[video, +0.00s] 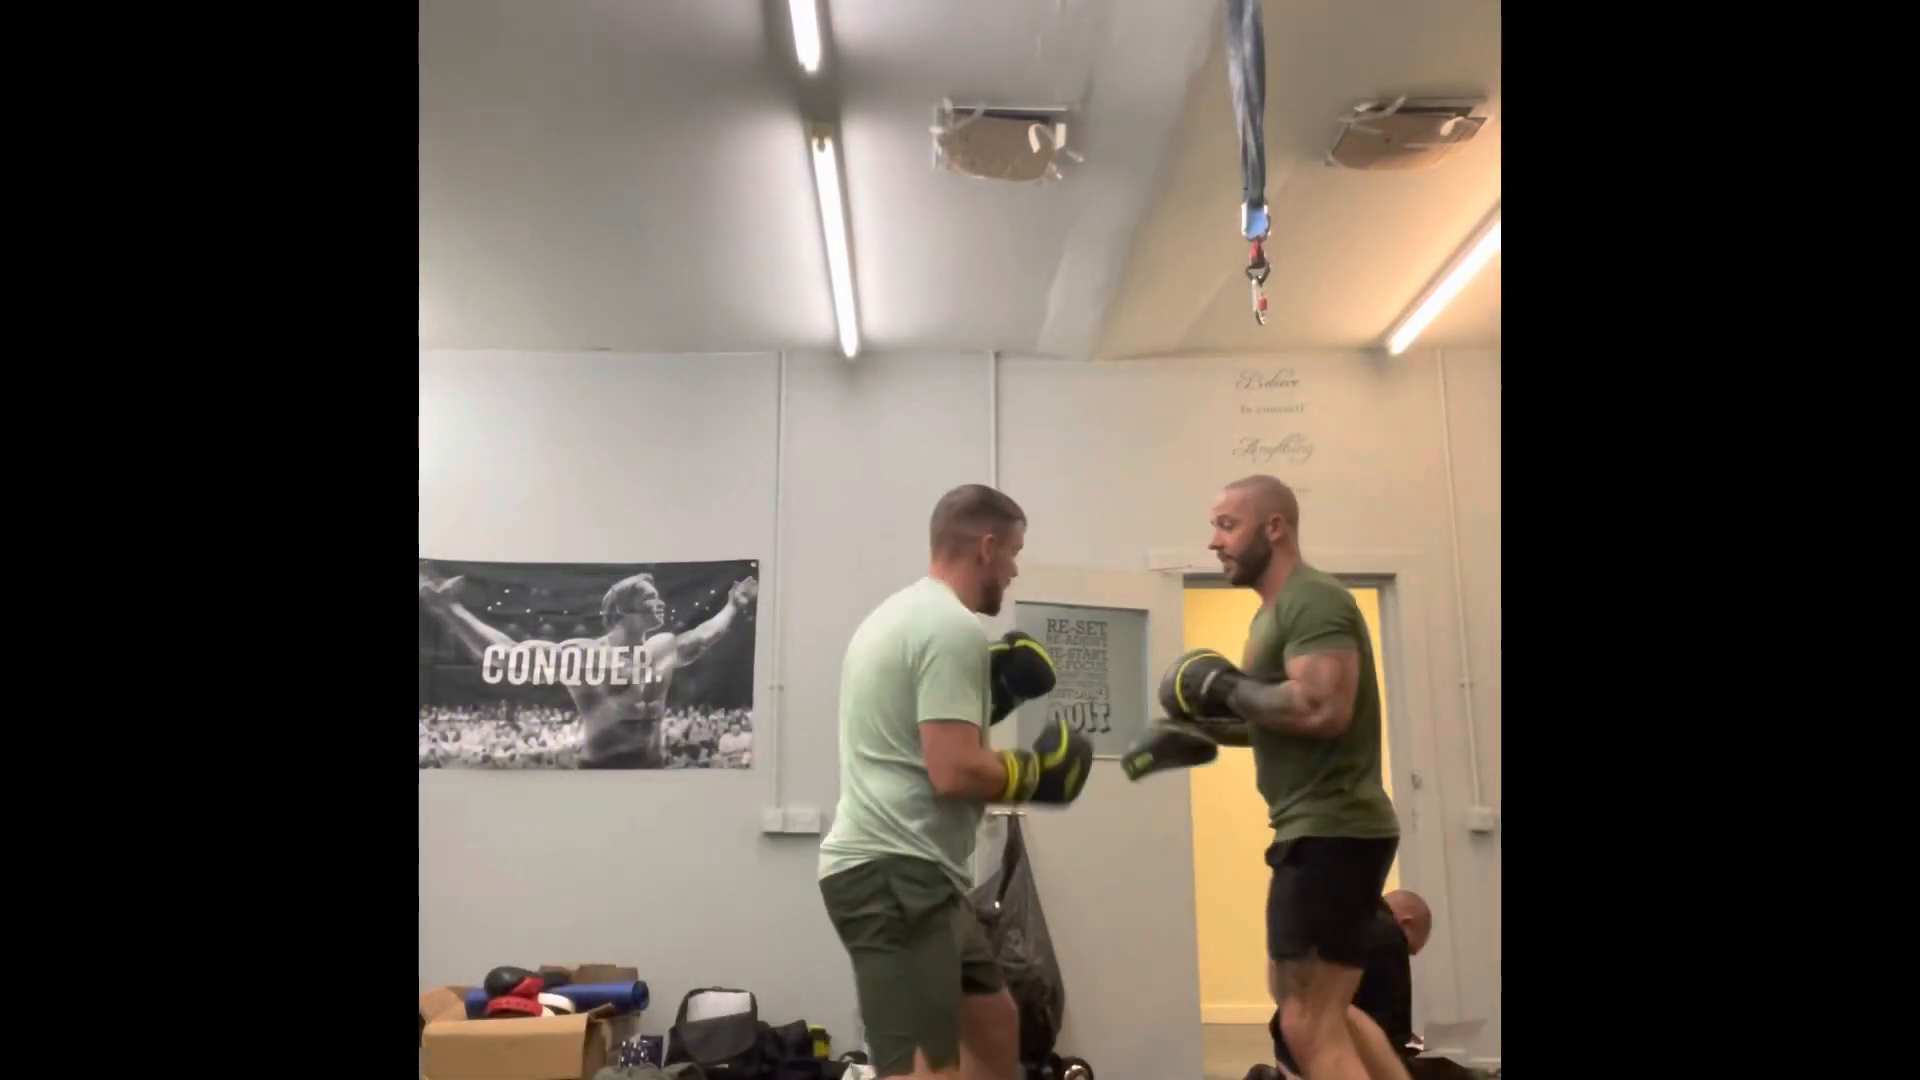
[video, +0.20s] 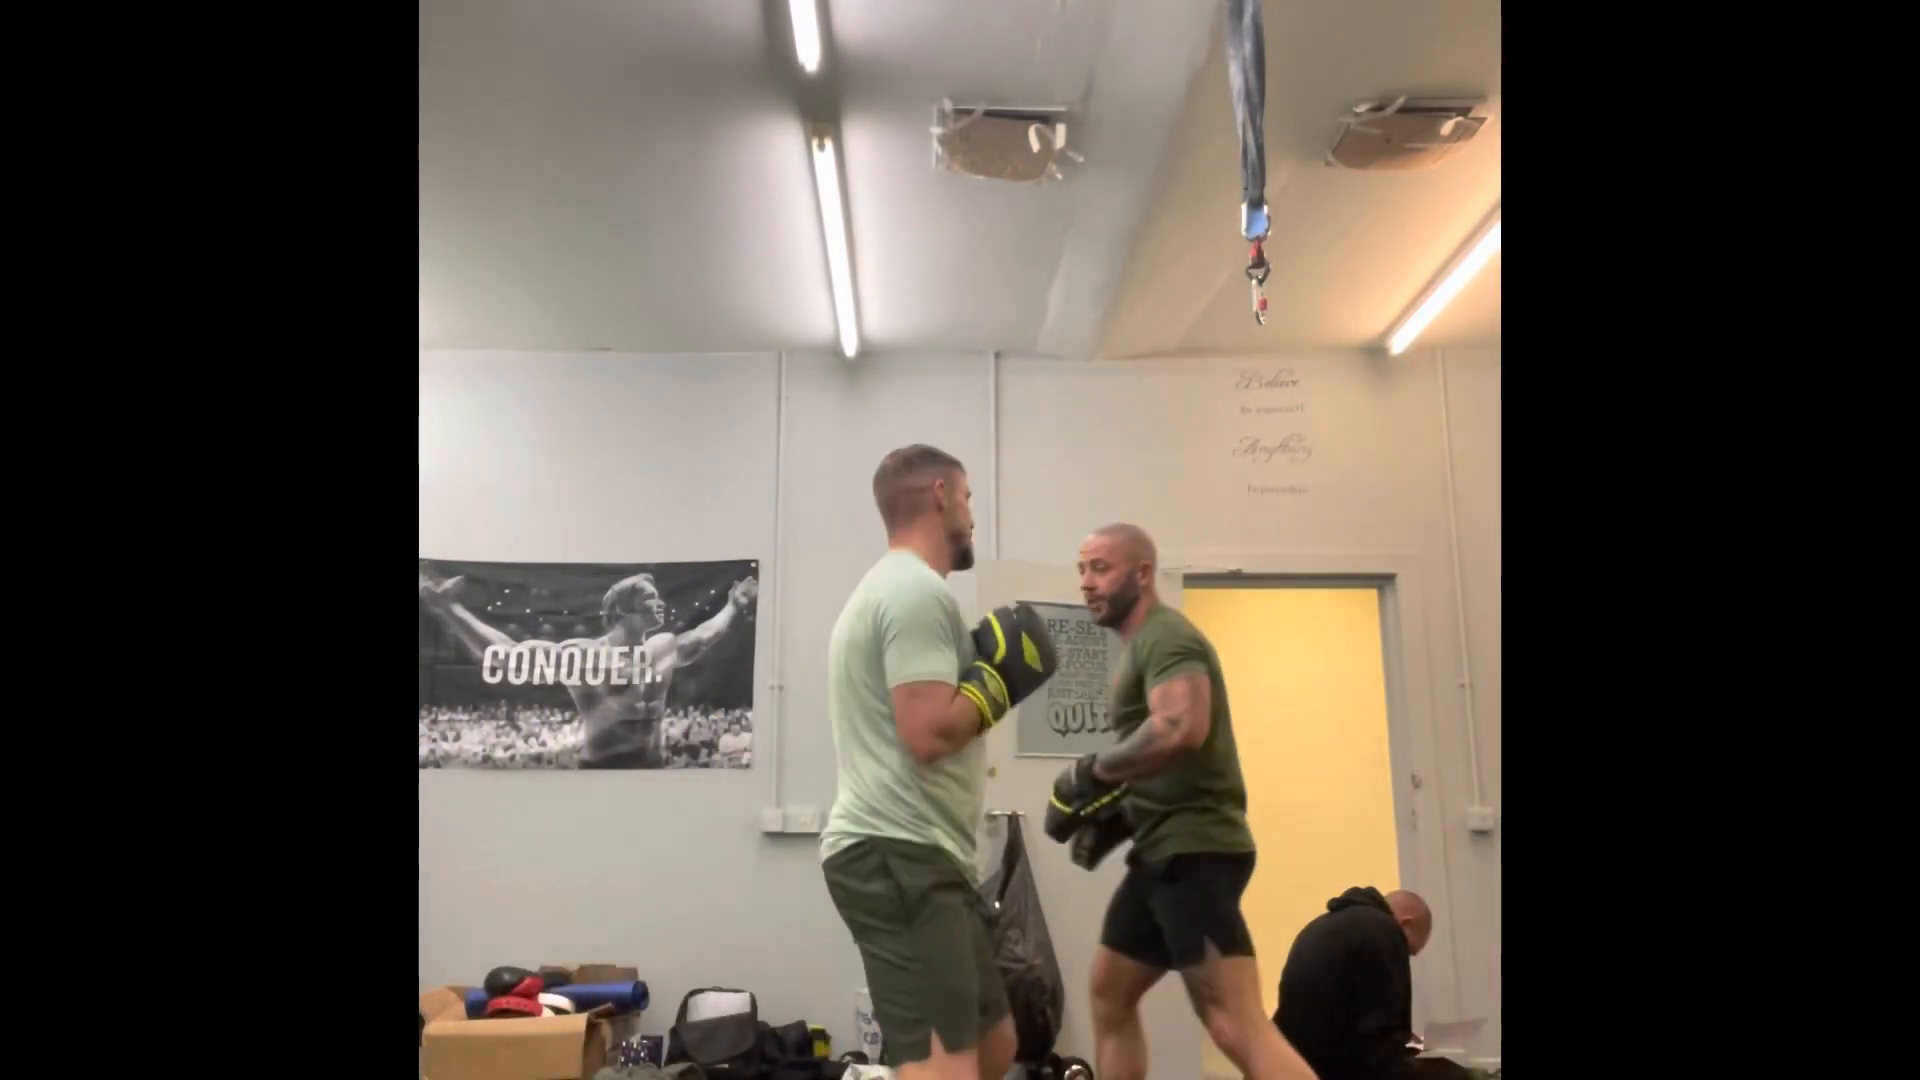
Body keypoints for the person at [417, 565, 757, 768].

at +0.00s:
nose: (663, 608)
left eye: (661, 601)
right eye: (653, 602)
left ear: (649, 611)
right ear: (625, 612)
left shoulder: (665, 648)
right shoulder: (580, 655)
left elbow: (709, 634)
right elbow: (506, 652)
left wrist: (736, 604)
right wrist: (449, 608)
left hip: (652, 772)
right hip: (600, 774)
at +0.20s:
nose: (663, 608)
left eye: (660, 601)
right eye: (652, 602)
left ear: (650, 611)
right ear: (624, 612)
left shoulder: (665, 648)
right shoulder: (580, 655)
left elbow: (709, 634)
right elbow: (506, 652)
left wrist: (736, 604)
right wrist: (449, 608)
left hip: (652, 773)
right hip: (600, 775)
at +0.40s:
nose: (663, 608)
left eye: (661, 601)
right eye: (652, 602)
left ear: (650, 611)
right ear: (624, 612)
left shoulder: (665, 648)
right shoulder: (580, 655)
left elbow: (709, 634)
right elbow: (506, 652)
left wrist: (736, 604)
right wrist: (448, 608)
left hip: (652, 775)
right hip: (600, 776)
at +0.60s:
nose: (662, 607)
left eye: (660, 601)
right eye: (652, 601)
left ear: (651, 610)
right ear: (624, 613)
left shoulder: (665, 647)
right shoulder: (579, 655)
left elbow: (708, 634)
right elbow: (505, 652)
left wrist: (736, 605)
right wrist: (448, 608)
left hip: (652, 772)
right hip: (600, 774)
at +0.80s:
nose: (662, 609)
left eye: (660, 602)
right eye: (652, 603)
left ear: (651, 611)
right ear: (624, 613)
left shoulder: (665, 648)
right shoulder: (579, 655)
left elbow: (709, 633)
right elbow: (506, 653)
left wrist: (736, 604)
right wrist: (449, 608)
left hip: (651, 772)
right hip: (599, 774)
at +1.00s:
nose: (662, 609)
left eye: (660, 602)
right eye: (652, 603)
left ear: (652, 611)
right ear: (623, 613)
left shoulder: (665, 648)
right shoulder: (580, 655)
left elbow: (708, 634)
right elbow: (506, 653)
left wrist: (736, 604)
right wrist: (449, 608)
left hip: (651, 773)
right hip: (598, 775)